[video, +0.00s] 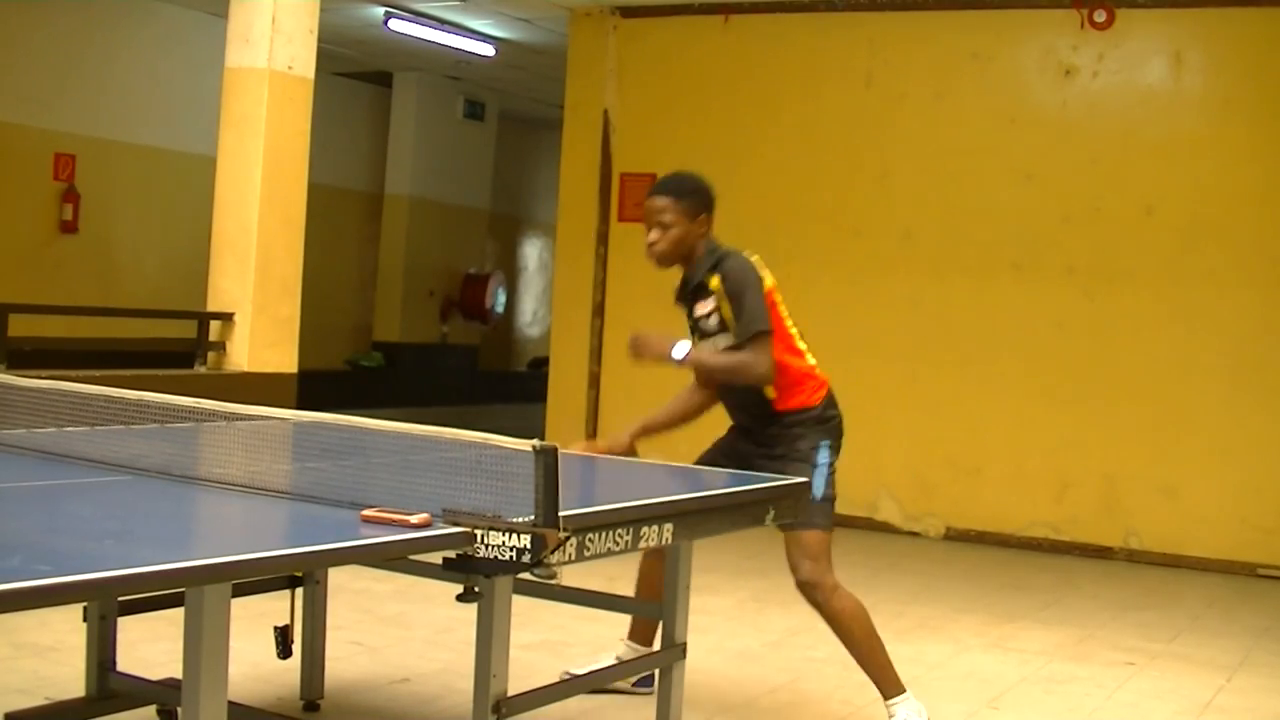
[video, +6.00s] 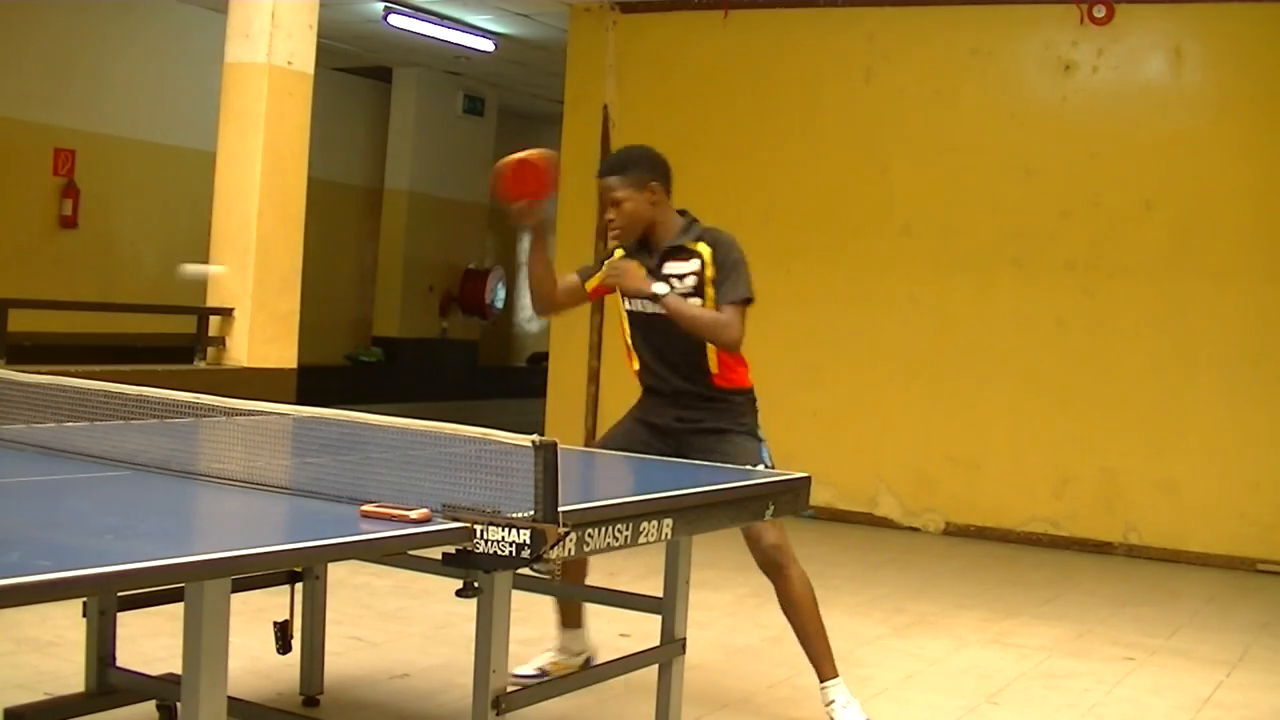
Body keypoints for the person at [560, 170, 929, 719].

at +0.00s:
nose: (649, 238)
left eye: (661, 225)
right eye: (646, 225)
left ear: (700, 223)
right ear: (654, 226)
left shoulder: (735, 270)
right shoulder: (691, 290)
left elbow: (760, 365)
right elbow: (709, 386)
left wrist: (674, 349)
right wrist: (636, 431)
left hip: (804, 429)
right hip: (751, 431)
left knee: (813, 577)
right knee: (662, 522)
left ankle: (902, 705)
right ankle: (635, 660)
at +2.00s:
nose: (593, 282)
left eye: (601, 268)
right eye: (590, 270)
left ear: (639, 260)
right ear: (633, 264)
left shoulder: (668, 293)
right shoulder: (653, 307)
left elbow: (715, 376)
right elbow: (700, 396)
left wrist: (633, 415)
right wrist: (643, 462)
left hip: (777, 431)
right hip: (727, 433)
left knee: (801, 581)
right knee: (632, 502)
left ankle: (901, 697)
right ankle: (636, 652)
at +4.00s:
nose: (572, 247)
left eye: (576, 233)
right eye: (570, 235)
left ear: (610, 221)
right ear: (607, 225)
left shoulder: (666, 260)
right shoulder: (627, 280)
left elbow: (698, 347)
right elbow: (638, 361)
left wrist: (617, 357)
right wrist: (593, 363)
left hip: (739, 422)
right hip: (683, 421)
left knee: (768, 557)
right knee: (598, 503)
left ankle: (857, 691)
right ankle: (609, 652)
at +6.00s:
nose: (607, 216)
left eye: (615, 203)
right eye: (604, 205)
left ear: (653, 196)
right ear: (638, 201)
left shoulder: (716, 248)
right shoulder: (628, 257)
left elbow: (730, 333)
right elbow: (548, 300)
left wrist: (651, 288)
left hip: (723, 424)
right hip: (654, 418)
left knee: (770, 548)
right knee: (564, 506)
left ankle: (835, 693)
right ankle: (570, 648)